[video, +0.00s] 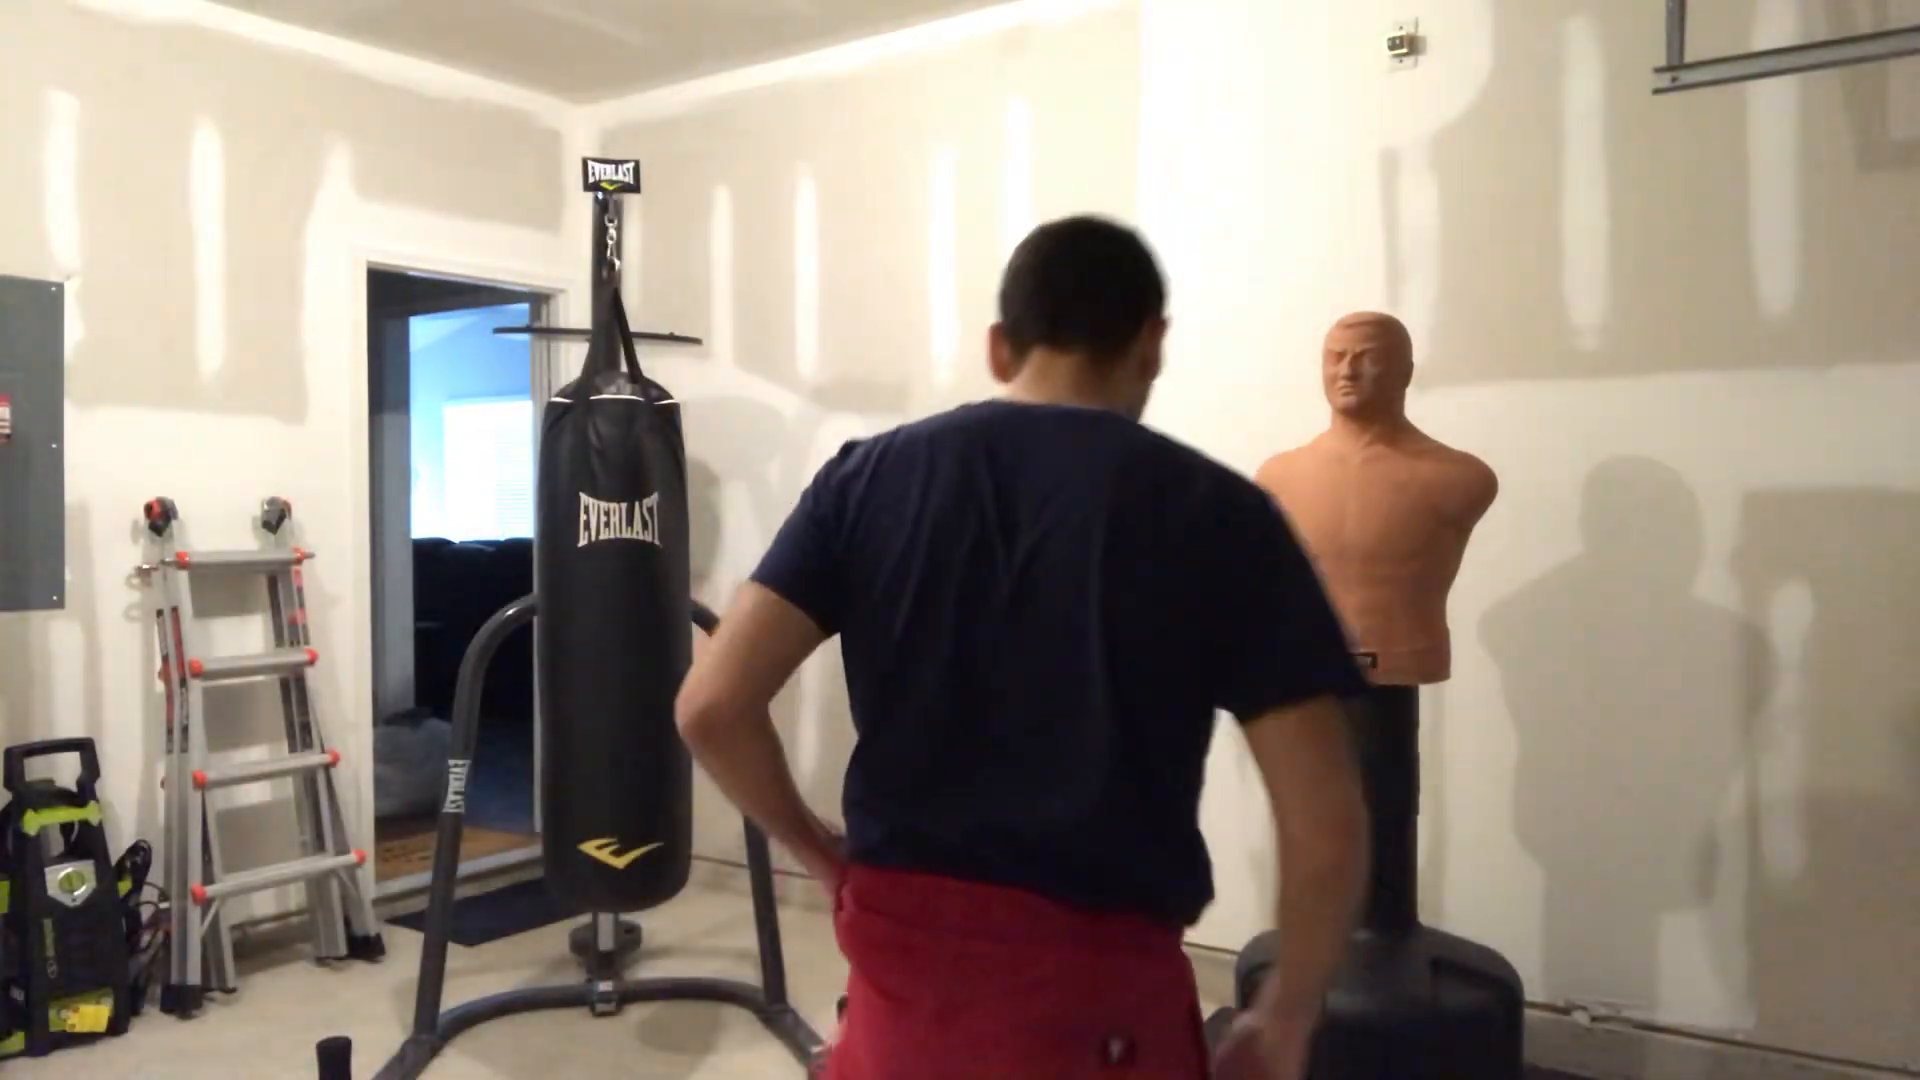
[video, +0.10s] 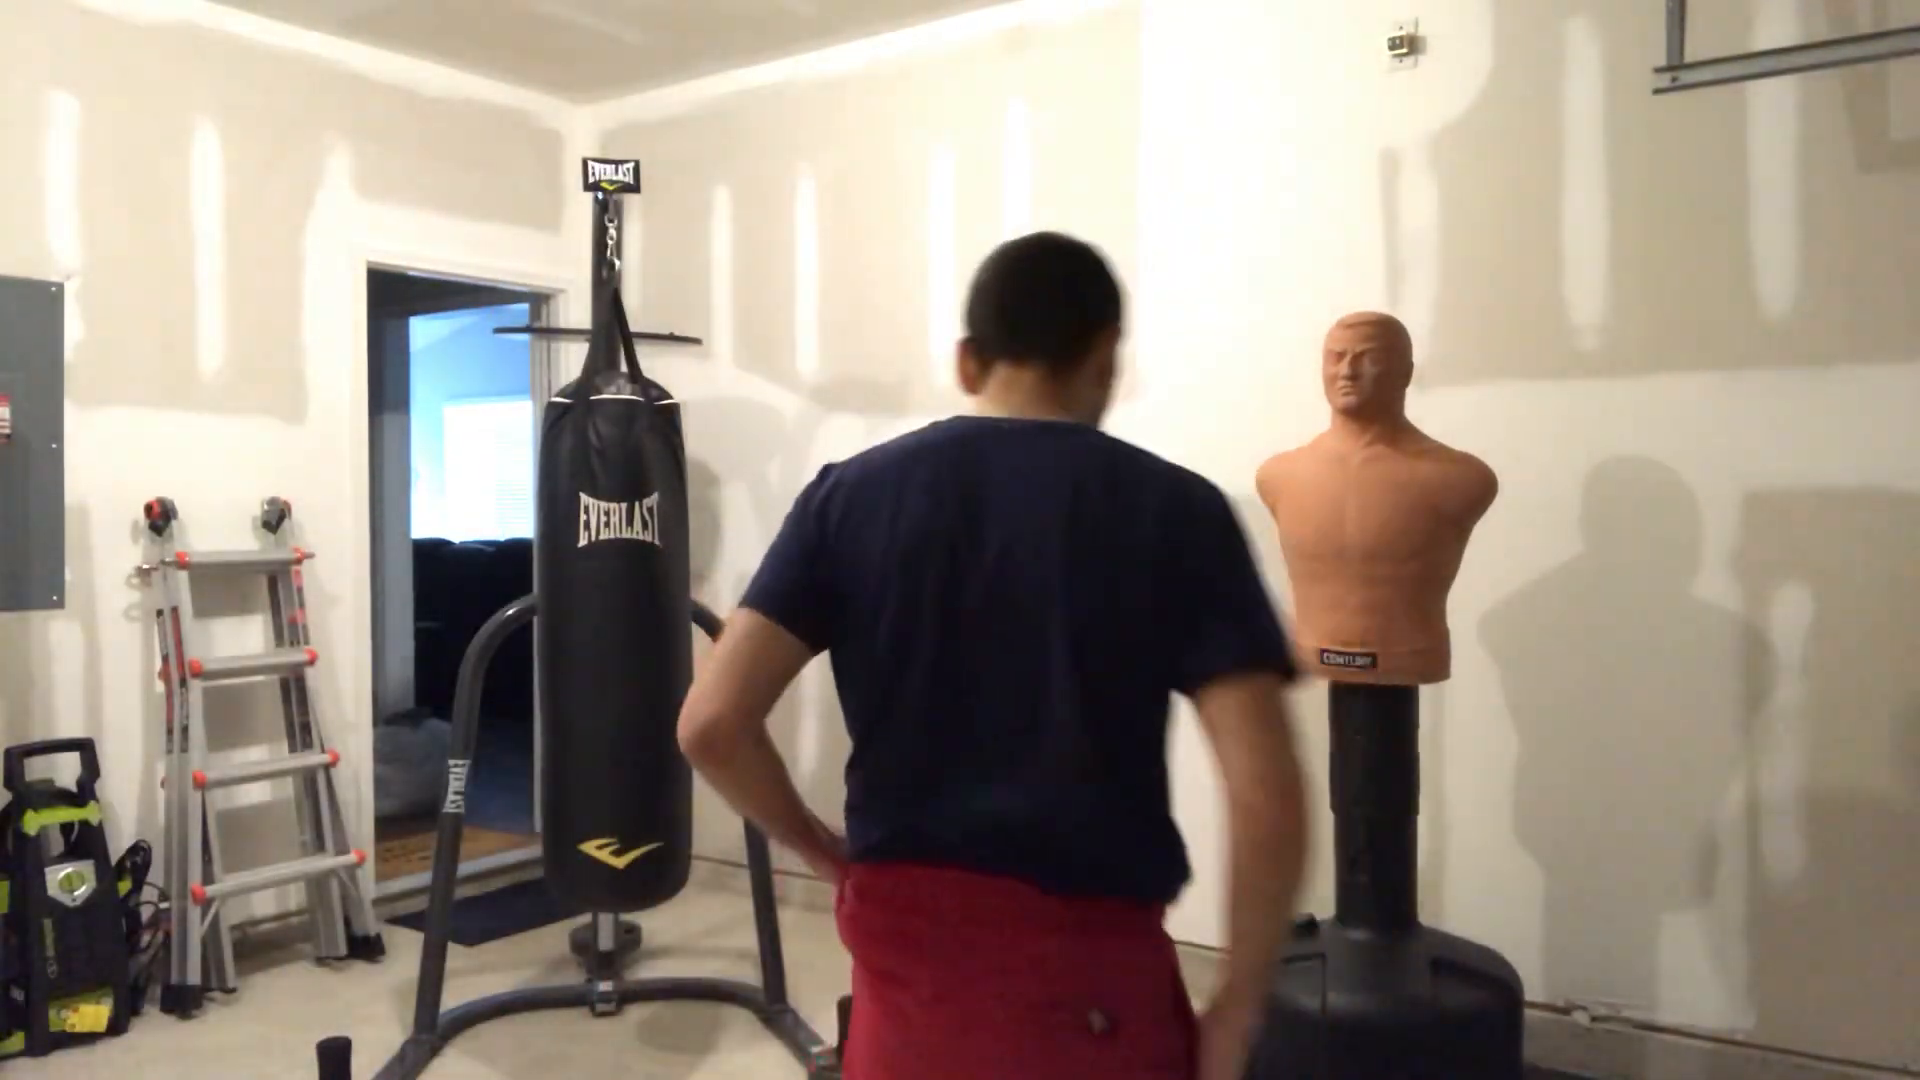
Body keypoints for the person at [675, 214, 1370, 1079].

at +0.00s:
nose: (1151, 367)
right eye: (1160, 350)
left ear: (995, 352)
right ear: (1154, 346)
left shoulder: (873, 478)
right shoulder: (1215, 511)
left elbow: (711, 708)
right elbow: (1327, 827)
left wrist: (822, 851)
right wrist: (1286, 1018)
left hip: (902, 975)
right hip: (1115, 982)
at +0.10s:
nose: (1110, 383)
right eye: (1114, 364)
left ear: (965, 364)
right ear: (1108, 361)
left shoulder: (853, 495)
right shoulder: (1173, 508)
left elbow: (711, 726)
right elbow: (1267, 794)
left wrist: (826, 850)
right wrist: (1238, 1011)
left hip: (902, 951)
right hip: (1097, 960)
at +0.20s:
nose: (1073, 373)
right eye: (1075, 353)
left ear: (935, 365)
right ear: (1065, 349)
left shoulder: (832, 487)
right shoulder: (1126, 482)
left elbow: (697, 707)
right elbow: (1194, 744)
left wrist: (831, 827)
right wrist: (1184, 956)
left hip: (890, 930)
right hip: (1062, 934)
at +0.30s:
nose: (1052, 374)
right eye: (1054, 355)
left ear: (919, 367)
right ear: (1044, 350)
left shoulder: (823, 484)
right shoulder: (1094, 468)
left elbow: (692, 687)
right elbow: (1147, 691)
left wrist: (830, 804)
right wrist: (1153, 885)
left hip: (879, 902)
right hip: (1042, 908)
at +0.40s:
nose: (1053, 383)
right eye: (1054, 363)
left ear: (924, 369)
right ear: (1040, 352)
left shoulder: (830, 481)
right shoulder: (1070, 460)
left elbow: (702, 679)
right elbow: (1110, 655)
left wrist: (834, 785)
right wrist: (1140, 834)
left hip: (879, 870)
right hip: (1030, 876)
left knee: (885, 1062)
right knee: (1091, 1060)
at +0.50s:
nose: (1064, 390)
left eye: (1066, 373)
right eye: (1066, 369)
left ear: (941, 368)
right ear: (1051, 353)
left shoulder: (847, 481)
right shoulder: (1062, 452)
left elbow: (728, 674)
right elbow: (1071, 609)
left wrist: (848, 775)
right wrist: (1137, 783)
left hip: (884, 870)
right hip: (1029, 876)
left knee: (898, 1066)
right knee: (1175, 1065)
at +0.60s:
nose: (1095, 395)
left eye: (1096, 373)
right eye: (1094, 371)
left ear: (978, 362)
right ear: (1071, 359)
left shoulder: (879, 481)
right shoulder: (1076, 462)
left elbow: (757, 664)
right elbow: (1066, 614)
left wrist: (872, 766)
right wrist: (1135, 774)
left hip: (898, 860)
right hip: (1032, 869)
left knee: (909, 1067)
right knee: (1132, 1065)